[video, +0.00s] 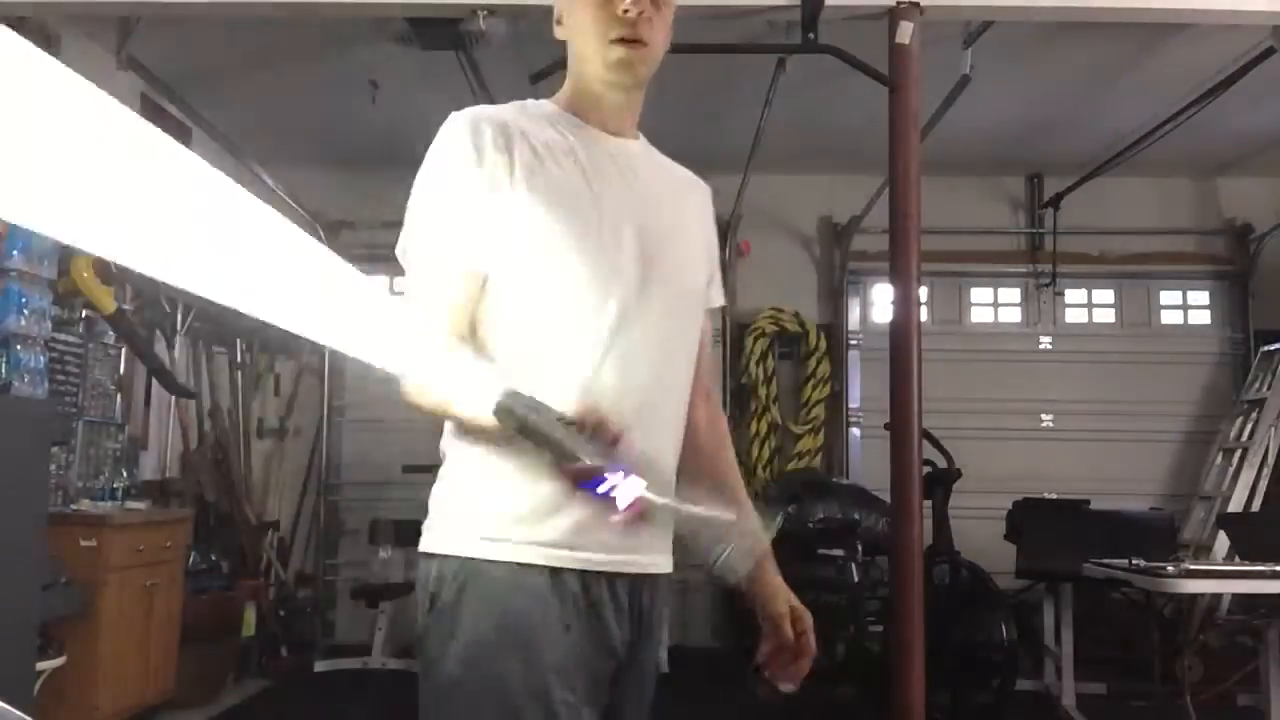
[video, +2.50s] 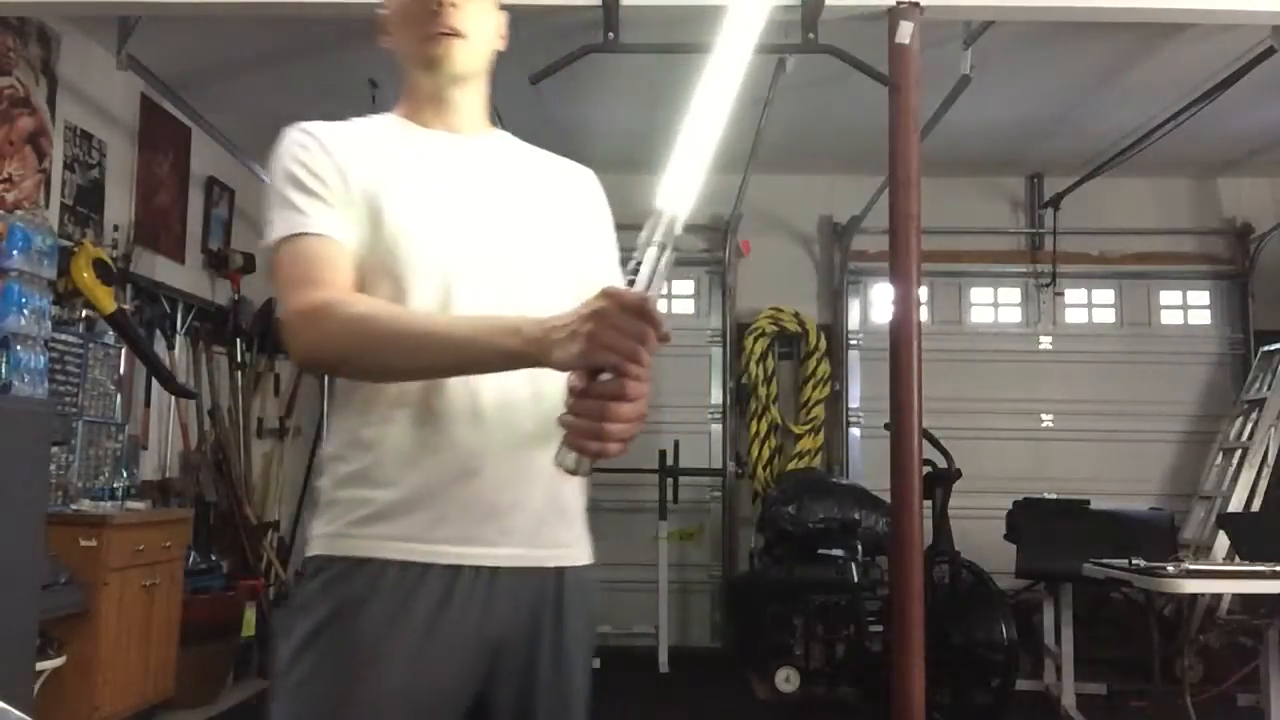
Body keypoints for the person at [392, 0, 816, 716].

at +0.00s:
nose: (632, 9)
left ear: (671, 20)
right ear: (560, 16)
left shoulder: (690, 196)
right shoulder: (484, 142)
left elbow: (696, 404)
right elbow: (424, 362)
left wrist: (760, 571)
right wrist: (537, 424)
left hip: (638, 586)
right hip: (506, 575)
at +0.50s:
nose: (600, 10)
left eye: (623, 2)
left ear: (647, 41)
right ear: (538, 30)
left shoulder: (664, 201)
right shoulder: (456, 150)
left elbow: (673, 403)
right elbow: (269, 273)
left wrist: (681, 577)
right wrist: (381, 371)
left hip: (633, 571)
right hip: (495, 561)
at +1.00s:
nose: (571, 10)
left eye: (593, 1)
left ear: (618, 40)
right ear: (508, 30)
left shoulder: (660, 202)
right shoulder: (435, 151)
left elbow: (664, 403)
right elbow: (372, 355)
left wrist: (692, 581)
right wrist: (497, 355)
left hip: (614, 571)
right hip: (464, 561)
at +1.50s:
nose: (573, 13)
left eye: (594, 2)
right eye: (548, 0)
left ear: (619, 41)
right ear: (510, 34)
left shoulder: (652, 206)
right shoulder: (432, 156)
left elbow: (652, 400)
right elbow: (358, 348)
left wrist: (698, 560)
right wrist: (432, 432)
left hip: (610, 574)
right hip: (461, 558)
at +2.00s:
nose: (558, 16)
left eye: (581, 6)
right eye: (534, 5)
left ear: (608, 50)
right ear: (501, 43)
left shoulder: (656, 204)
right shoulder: (430, 158)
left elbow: (684, 386)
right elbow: (345, 323)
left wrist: (640, 436)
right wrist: (520, 377)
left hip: (601, 562)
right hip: (453, 553)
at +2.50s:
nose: (444, 5)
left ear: (502, 29)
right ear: (384, 25)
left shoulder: (574, 187)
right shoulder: (323, 150)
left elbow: (611, 354)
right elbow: (312, 326)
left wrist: (617, 405)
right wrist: (542, 338)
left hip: (548, 576)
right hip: (376, 572)